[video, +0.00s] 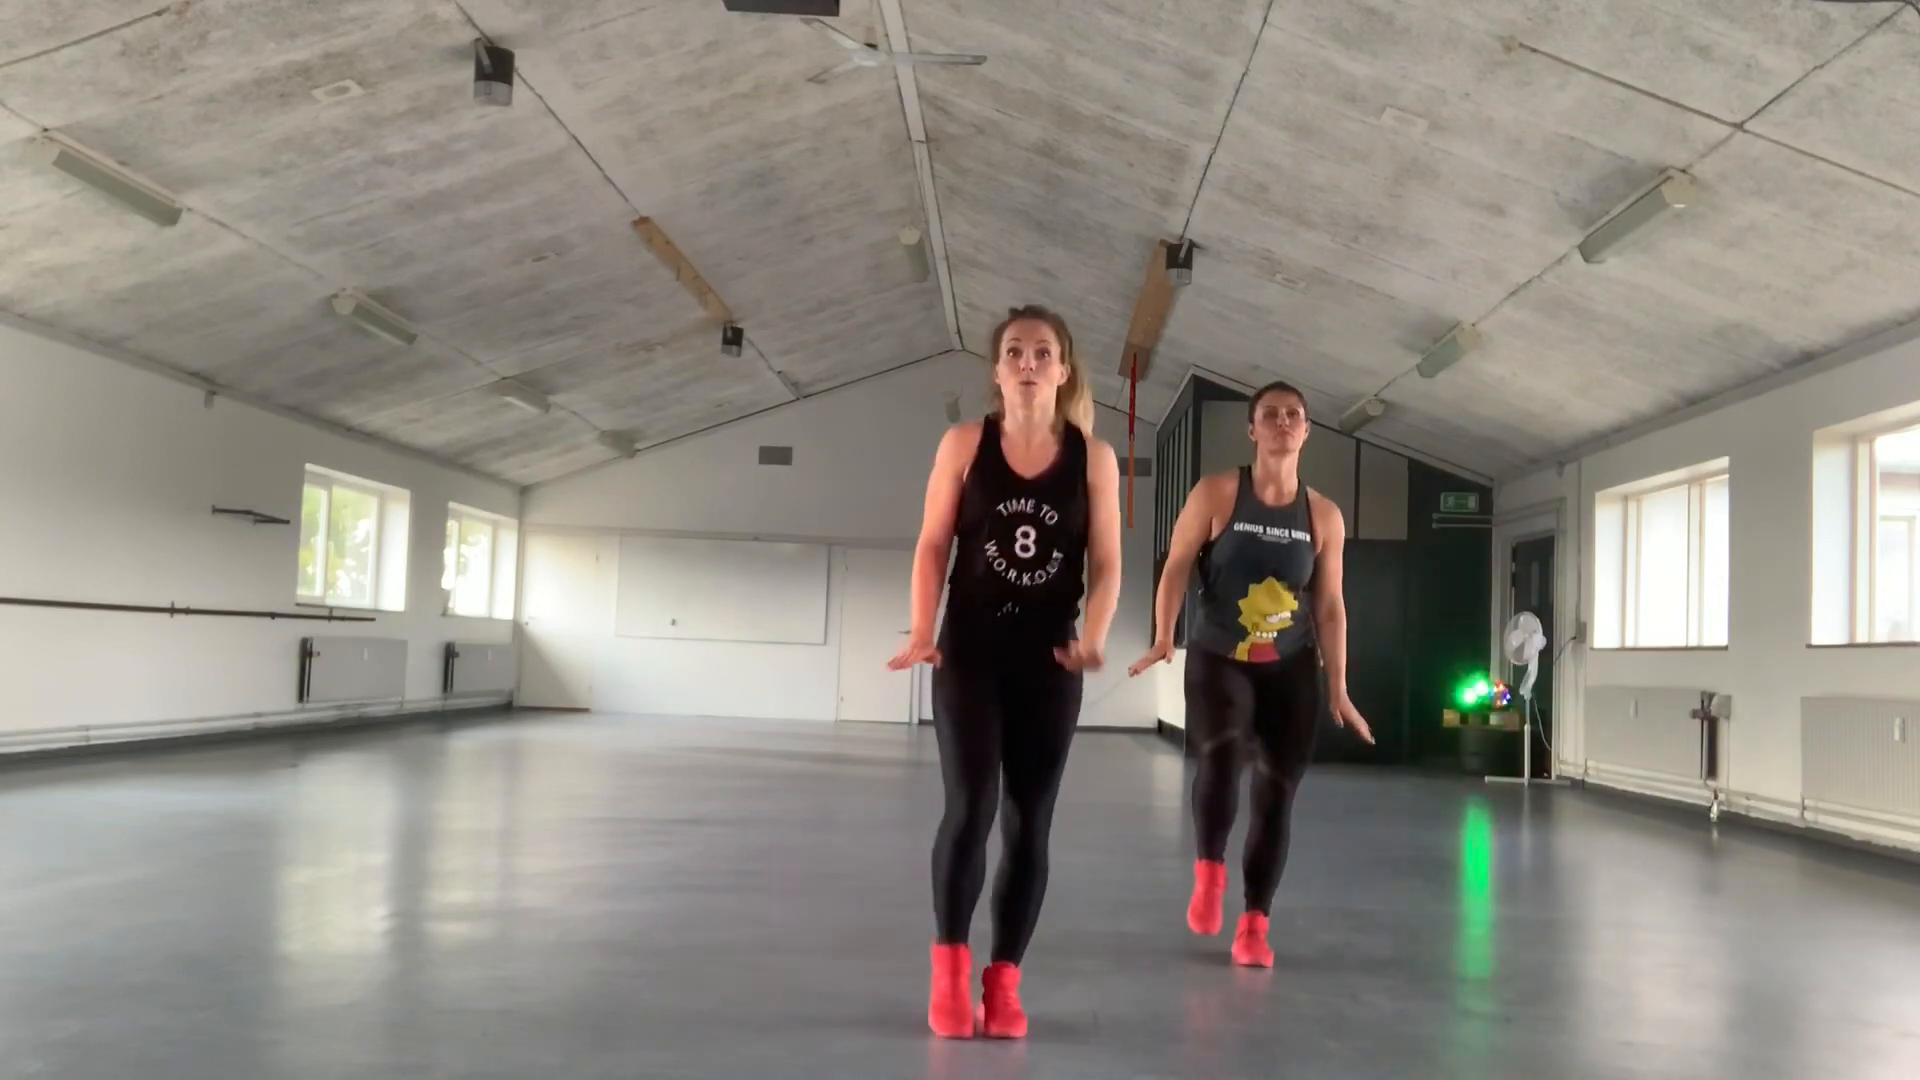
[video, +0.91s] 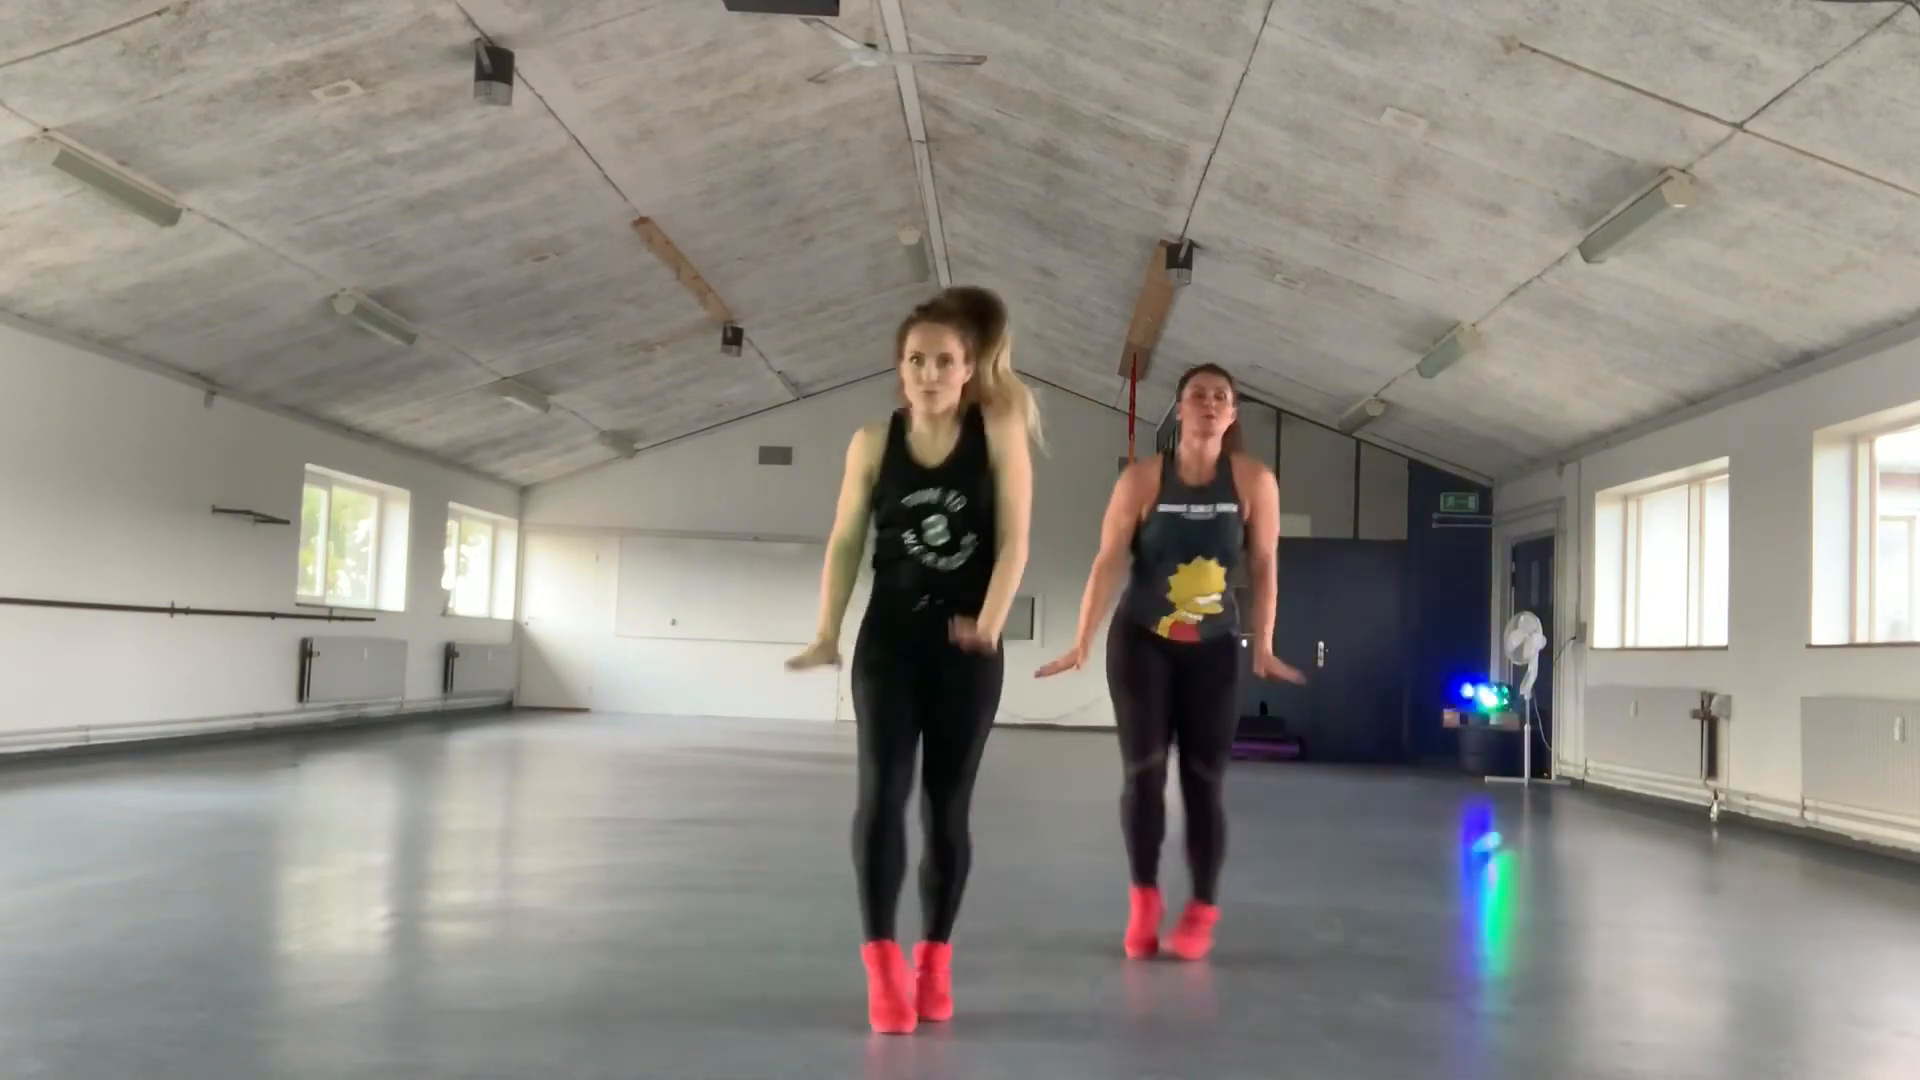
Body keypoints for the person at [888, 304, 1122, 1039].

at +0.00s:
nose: (1028, 363)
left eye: (1042, 353)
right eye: (1015, 351)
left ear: (1064, 368)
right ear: (996, 366)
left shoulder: (1094, 459)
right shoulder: (963, 445)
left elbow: (1107, 566)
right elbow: (933, 545)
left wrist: (1091, 639)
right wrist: (922, 631)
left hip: (1050, 656)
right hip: (970, 650)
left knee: (1029, 820)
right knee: (972, 806)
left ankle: (1005, 974)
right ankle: (950, 961)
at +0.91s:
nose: (927, 374)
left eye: (943, 360)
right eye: (916, 359)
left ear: (971, 368)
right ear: (899, 365)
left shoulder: (998, 438)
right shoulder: (873, 444)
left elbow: (1013, 541)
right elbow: (845, 543)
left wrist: (988, 626)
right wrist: (826, 633)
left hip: (966, 638)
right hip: (889, 634)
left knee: (945, 805)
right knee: (882, 796)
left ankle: (934, 955)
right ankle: (881, 956)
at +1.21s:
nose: (862, 360)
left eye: (878, 347)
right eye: (851, 344)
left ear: (906, 352)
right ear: (835, 347)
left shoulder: (934, 406)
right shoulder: (808, 427)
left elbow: (963, 499)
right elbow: (784, 528)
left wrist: (924, 567)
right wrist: (762, 625)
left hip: (893, 618)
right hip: (815, 617)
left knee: (888, 792)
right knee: (797, 788)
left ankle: (885, 943)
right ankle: (769, 953)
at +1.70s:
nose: (763, 365)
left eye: (778, 352)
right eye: (752, 351)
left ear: (807, 358)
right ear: (735, 356)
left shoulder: (830, 413)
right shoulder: (708, 422)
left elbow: (854, 505)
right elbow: (674, 522)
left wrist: (820, 553)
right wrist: (641, 618)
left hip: (788, 630)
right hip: (710, 627)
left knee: (774, 796)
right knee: (709, 796)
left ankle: (775, 944)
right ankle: (707, 955)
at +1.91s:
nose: (727, 388)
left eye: (742, 375)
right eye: (715, 375)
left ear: (769, 385)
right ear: (699, 384)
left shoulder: (797, 467)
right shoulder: (673, 452)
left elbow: (796, 569)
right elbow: (643, 544)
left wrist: (771, 632)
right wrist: (609, 624)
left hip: (755, 657)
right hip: (678, 649)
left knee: (744, 812)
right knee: (608, 768)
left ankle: (756, 954)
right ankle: (646, 931)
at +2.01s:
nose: (705, 380)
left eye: (721, 368)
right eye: (694, 366)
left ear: (748, 376)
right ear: (679, 370)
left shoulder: (771, 452)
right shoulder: (645, 427)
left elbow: (768, 549)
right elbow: (593, 496)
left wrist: (736, 575)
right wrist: (565, 579)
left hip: (736, 644)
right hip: (656, 640)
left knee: (756, 798)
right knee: (570, 772)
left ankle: (762, 943)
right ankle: (570, 924)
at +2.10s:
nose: (676, 384)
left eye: (693, 371)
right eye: (665, 368)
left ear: (723, 376)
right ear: (651, 370)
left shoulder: (740, 439)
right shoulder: (621, 413)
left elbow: (708, 530)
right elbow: (543, 428)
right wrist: (505, 508)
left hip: (705, 639)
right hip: (621, 641)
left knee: (767, 783)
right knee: (570, 793)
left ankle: (781, 947)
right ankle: (516, 946)